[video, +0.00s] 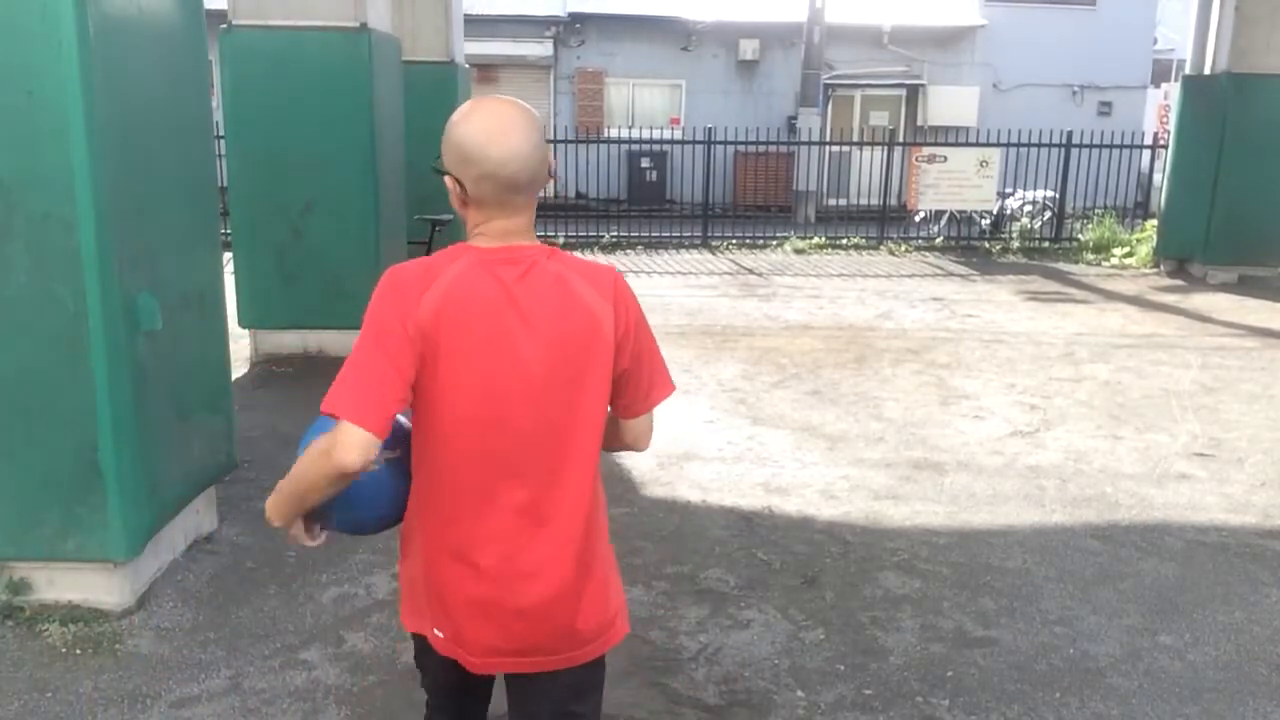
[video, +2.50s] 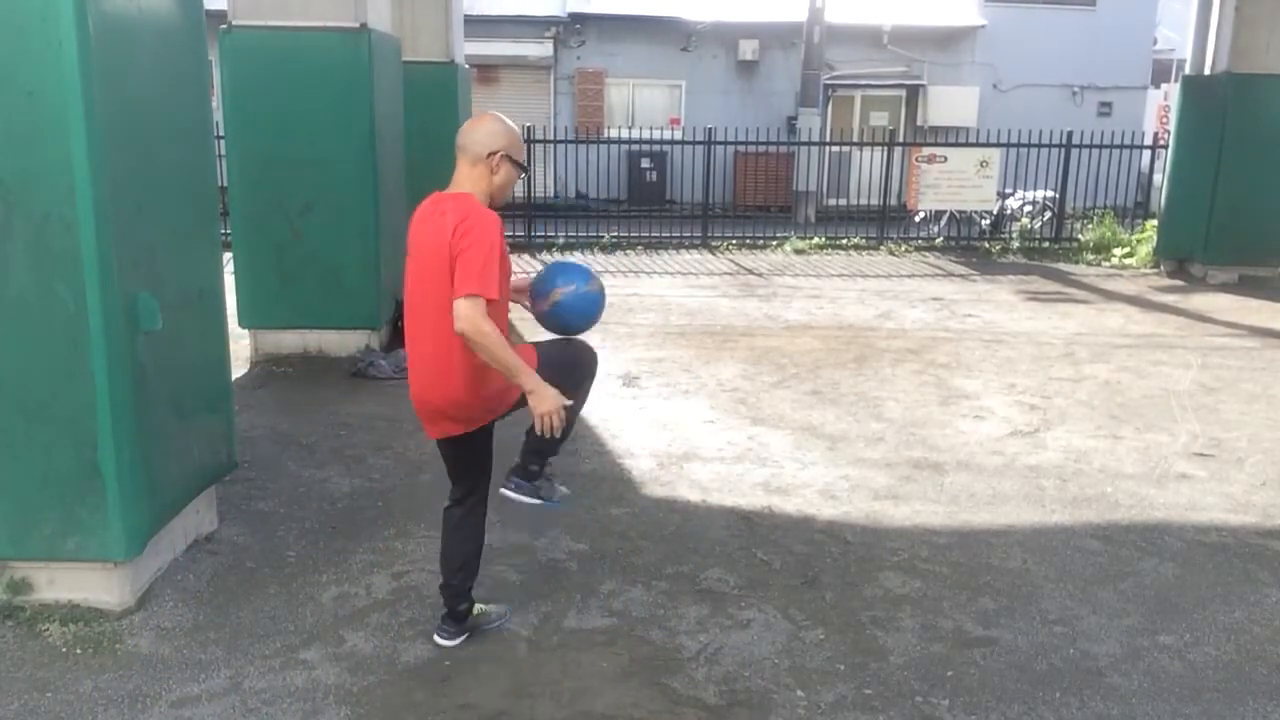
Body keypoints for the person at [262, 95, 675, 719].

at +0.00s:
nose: (443, 187)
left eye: (445, 177)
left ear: (456, 191)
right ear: (548, 176)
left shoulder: (412, 289)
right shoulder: (602, 289)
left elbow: (352, 450)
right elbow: (633, 432)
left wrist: (284, 504)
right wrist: (545, 419)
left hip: (452, 598)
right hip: (566, 599)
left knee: (452, 710)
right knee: (563, 711)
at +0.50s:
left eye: (438, 149)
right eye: (522, 148)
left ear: (439, 164)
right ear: (519, 164)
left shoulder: (400, 256)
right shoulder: (557, 253)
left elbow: (351, 370)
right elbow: (590, 362)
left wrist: (409, 341)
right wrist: (540, 302)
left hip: (437, 498)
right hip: (528, 489)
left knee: (444, 639)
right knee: (528, 612)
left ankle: (445, 714)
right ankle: (531, 705)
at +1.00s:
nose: (573, 163)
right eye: (574, 156)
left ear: (504, 154)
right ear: (569, 165)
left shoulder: (452, 217)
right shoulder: (581, 243)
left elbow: (401, 311)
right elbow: (590, 361)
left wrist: (447, 343)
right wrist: (555, 373)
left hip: (457, 422)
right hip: (534, 433)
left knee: (445, 532)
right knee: (529, 558)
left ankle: (432, 659)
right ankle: (519, 683)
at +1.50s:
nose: (521, 158)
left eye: (521, 147)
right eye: (519, 148)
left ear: (462, 148)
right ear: (500, 150)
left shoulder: (419, 215)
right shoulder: (502, 218)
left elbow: (405, 308)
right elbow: (522, 321)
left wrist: (488, 289)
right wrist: (566, 302)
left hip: (440, 404)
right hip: (502, 407)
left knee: (448, 514)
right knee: (536, 526)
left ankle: (437, 630)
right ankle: (515, 666)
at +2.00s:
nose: (522, 172)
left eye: (522, 162)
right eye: (520, 161)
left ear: (465, 161)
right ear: (501, 162)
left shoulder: (429, 218)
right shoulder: (500, 230)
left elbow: (456, 284)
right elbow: (539, 325)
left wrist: (523, 260)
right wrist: (585, 290)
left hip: (434, 395)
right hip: (485, 404)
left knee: (471, 485)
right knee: (515, 526)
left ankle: (447, 587)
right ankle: (469, 646)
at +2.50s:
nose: (517, 181)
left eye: (519, 170)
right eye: (517, 168)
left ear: (470, 159)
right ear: (495, 161)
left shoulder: (427, 211)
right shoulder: (479, 220)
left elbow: (441, 288)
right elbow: (469, 320)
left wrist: (516, 292)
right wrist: (533, 384)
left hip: (433, 388)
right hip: (478, 381)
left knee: (466, 492)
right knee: (579, 358)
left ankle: (456, 613)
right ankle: (531, 474)